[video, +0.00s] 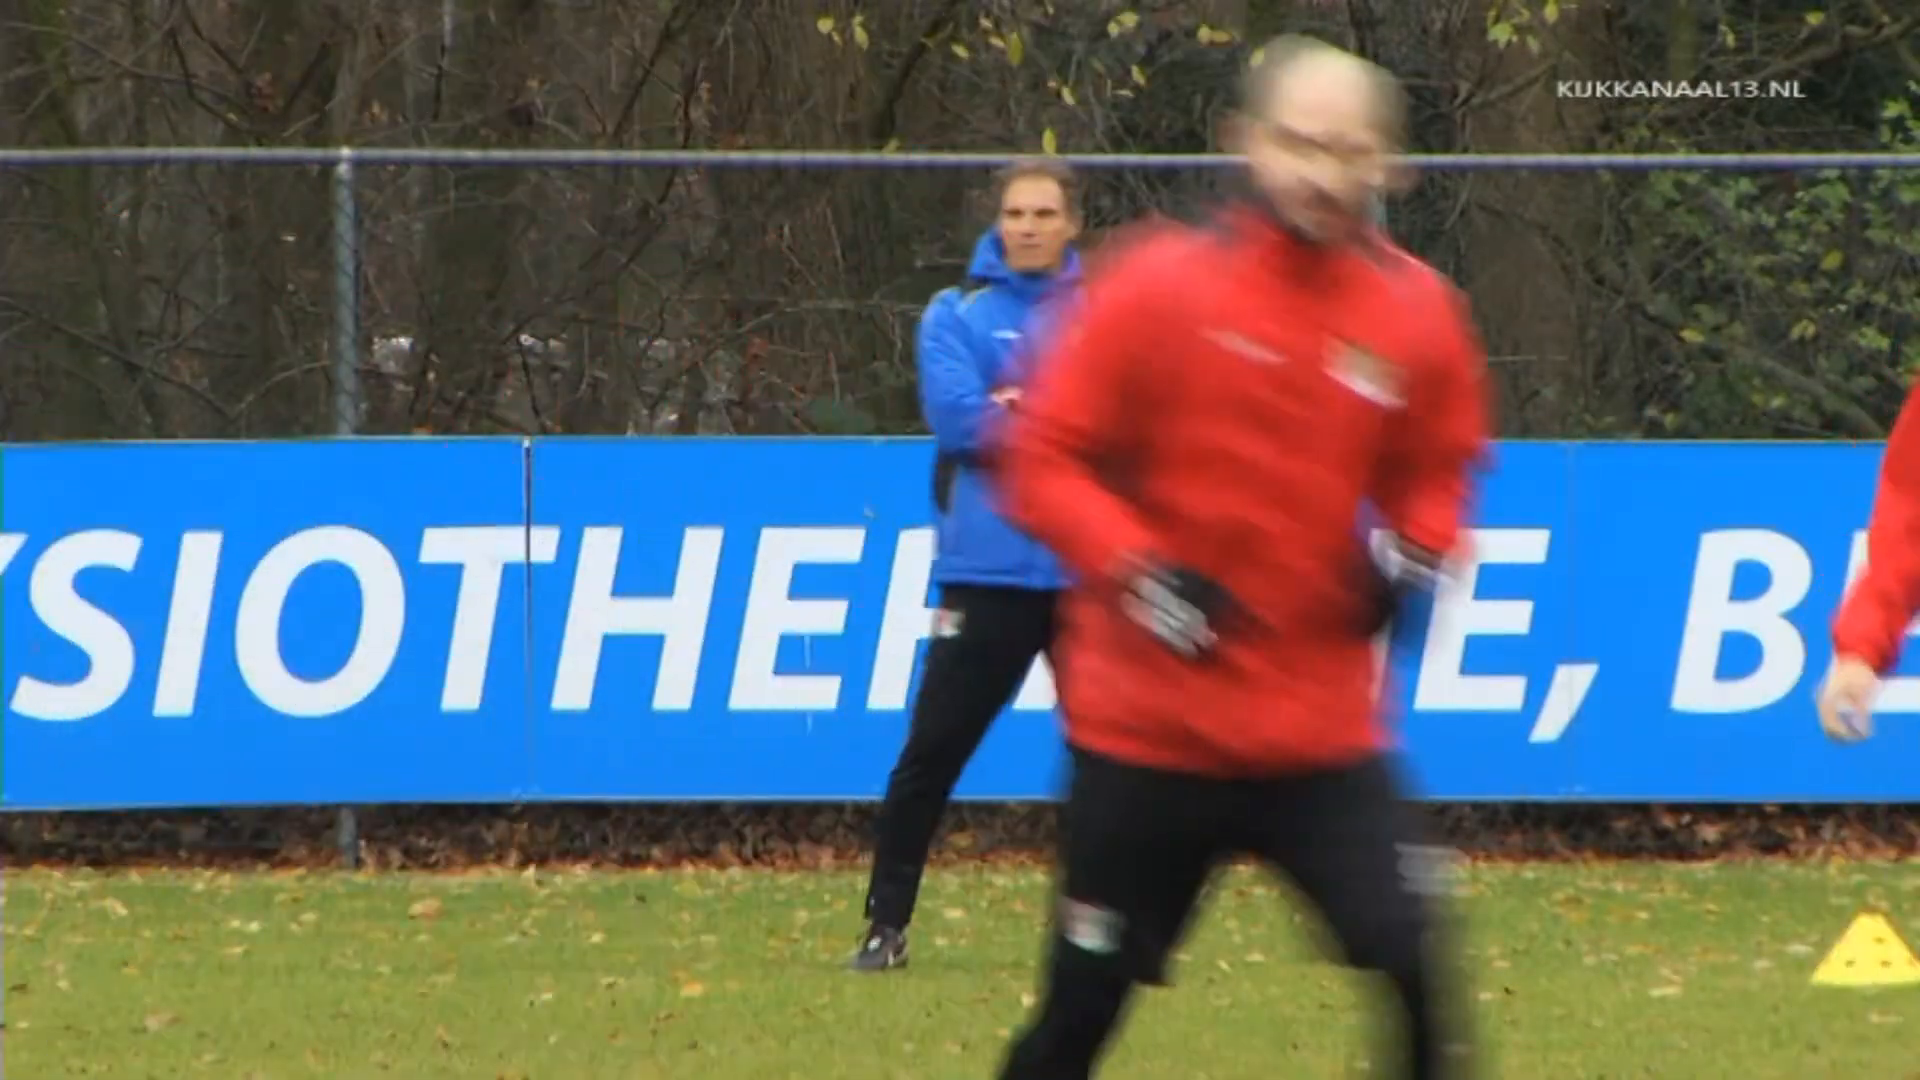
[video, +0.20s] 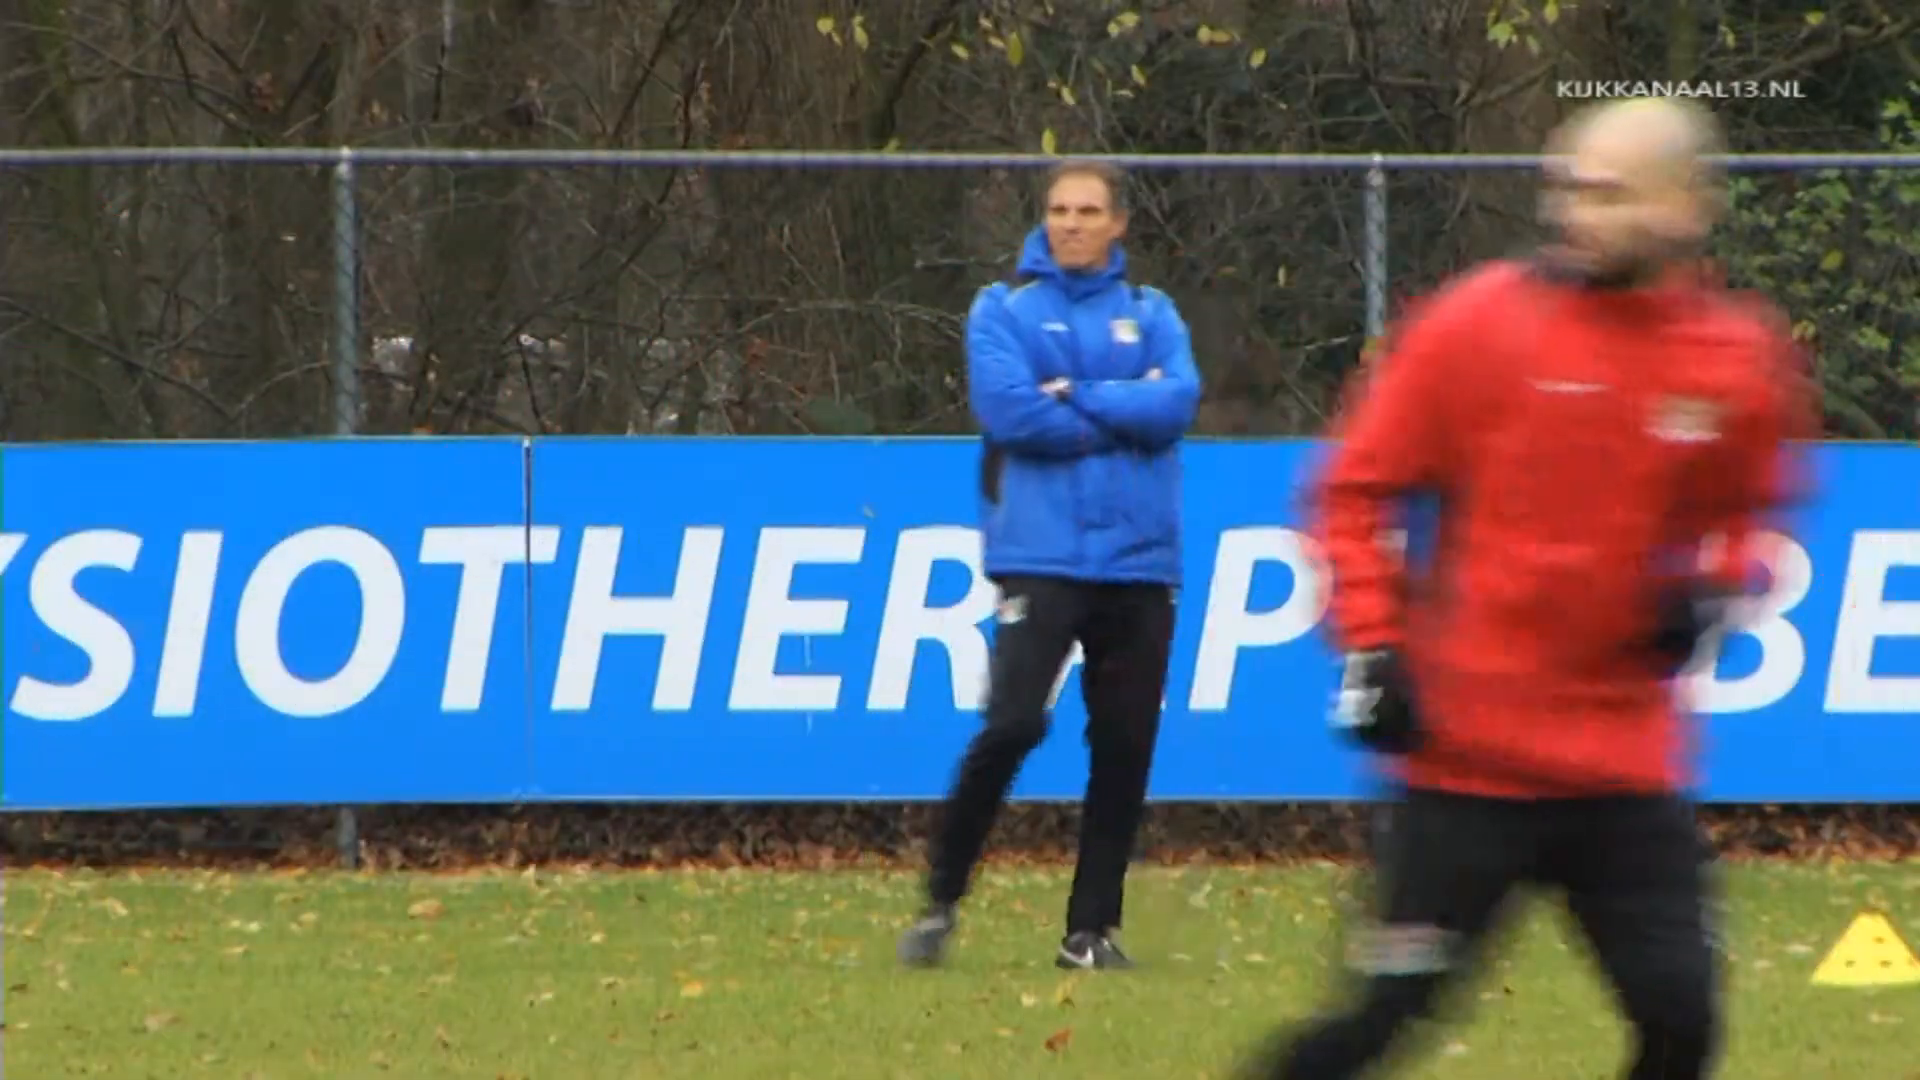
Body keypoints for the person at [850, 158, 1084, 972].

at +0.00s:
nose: (1030, 228)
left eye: (1047, 214)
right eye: (1017, 214)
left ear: (1073, 225)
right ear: (997, 225)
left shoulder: (1102, 314)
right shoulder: (955, 314)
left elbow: (1118, 415)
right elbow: (958, 421)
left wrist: (1010, 405)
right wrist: (1064, 421)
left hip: (1091, 575)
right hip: (991, 574)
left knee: (1115, 758)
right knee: (932, 755)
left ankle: (1114, 932)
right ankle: (887, 924)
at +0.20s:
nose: (1072, 224)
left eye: (1088, 212)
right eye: (1062, 211)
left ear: (1120, 225)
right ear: (1044, 222)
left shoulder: (1153, 311)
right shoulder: (1001, 308)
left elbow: (1177, 403)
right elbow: (1007, 414)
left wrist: (1073, 392)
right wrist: (1121, 421)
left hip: (1138, 562)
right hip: (1040, 559)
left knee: (1125, 752)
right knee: (1014, 725)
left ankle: (1091, 932)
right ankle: (940, 904)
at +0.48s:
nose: (1133, 223)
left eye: (1149, 211)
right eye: (1120, 210)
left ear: (1176, 225)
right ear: (1101, 221)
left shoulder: (1201, 309)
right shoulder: (1061, 302)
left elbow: (1236, 407)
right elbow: (1076, 413)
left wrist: (1137, 392)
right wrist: (1181, 419)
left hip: (1183, 548)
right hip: (1094, 544)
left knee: (1152, 734)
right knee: (1158, 710)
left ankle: (1090, 931)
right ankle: (1168, 900)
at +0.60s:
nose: (1161, 225)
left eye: (1176, 213)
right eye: (1148, 213)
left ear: (1204, 227)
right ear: (1127, 224)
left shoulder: (1223, 313)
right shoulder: (1088, 314)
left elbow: (1267, 413)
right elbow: (1126, 429)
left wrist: (1173, 400)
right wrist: (1219, 420)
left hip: (1208, 555)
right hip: (1124, 553)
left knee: (1156, 743)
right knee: (1191, 732)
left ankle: (1091, 930)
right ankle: (1262, 921)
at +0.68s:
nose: (1181, 233)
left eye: (1196, 220)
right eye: (1168, 219)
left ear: (1220, 232)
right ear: (1146, 228)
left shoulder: (1240, 317)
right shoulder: (1108, 323)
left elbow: (1288, 419)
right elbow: (1154, 437)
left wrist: (1200, 406)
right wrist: (1242, 419)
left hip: (1227, 563)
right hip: (1146, 562)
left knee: (1165, 748)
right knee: (1210, 744)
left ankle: (1092, 929)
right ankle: (1287, 933)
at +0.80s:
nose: (1213, 235)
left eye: (1228, 222)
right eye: (1197, 222)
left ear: (1251, 233)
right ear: (1176, 232)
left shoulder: (1269, 312)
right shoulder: (1143, 329)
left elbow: (1325, 411)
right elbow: (1194, 444)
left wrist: (1240, 411)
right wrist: (1284, 423)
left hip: (1258, 561)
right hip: (1186, 566)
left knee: (1185, 751)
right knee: (1236, 751)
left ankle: (1098, 923)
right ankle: (1295, 934)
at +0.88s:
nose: (1234, 236)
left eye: (1248, 221)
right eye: (1218, 222)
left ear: (1272, 231)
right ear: (1196, 232)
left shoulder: (1293, 304)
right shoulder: (1165, 330)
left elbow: (1353, 402)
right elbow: (1220, 447)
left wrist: (1260, 408)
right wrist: (1308, 418)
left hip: (1285, 558)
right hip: (1211, 565)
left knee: (1211, 746)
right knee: (1244, 748)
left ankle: (1111, 912)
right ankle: (1297, 934)